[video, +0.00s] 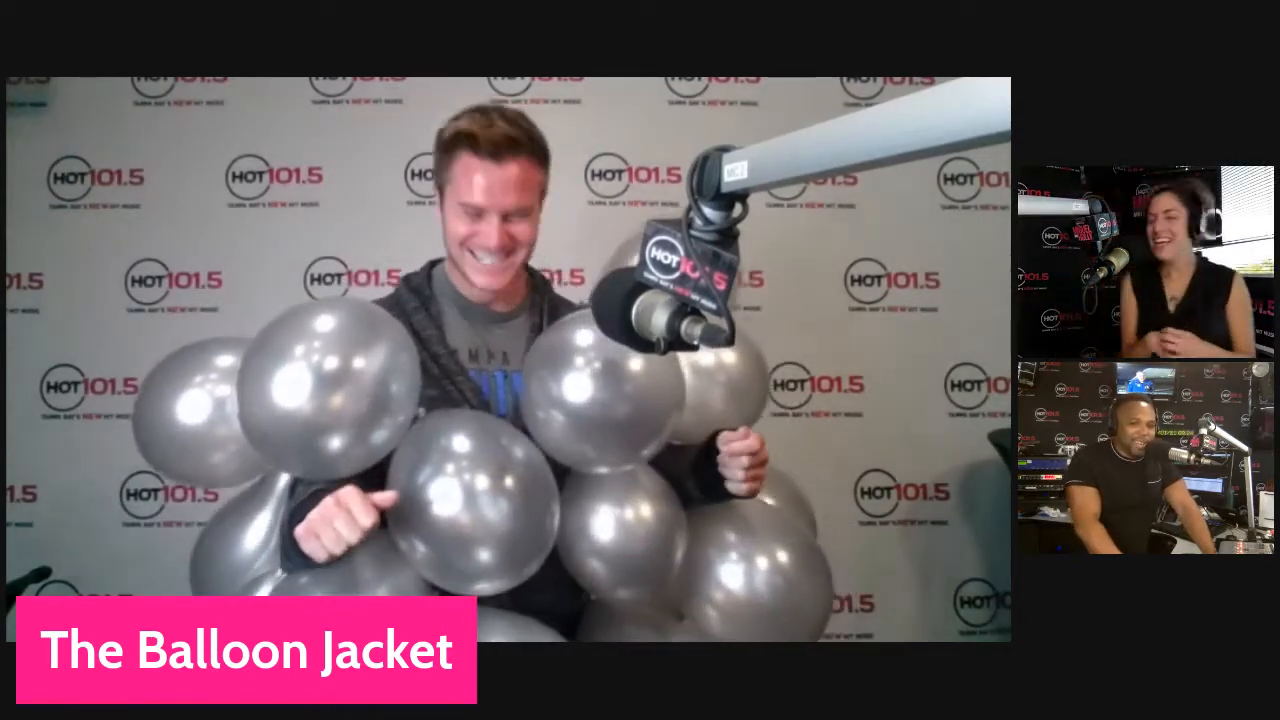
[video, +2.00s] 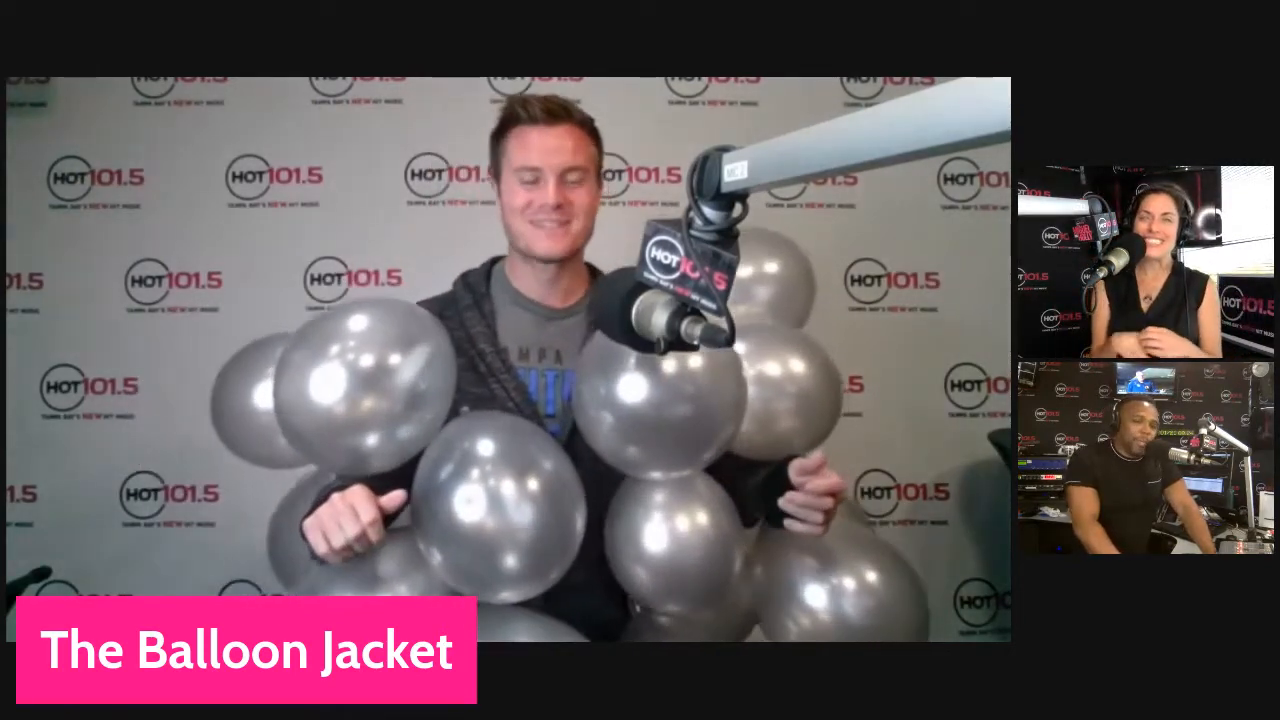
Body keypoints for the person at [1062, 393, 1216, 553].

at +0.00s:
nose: (1144, 432)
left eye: (1150, 425)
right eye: (1134, 424)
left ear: (1156, 427)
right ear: (1114, 426)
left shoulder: (1156, 457)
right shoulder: (1087, 460)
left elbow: (1186, 507)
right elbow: (1086, 524)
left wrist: (1210, 551)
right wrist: (1119, 559)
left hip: (1142, 555)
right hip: (1098, 555)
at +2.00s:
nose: (1146, 430)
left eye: (1152, 424)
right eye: (1137, 421)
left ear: (1157, 430)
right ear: (1117, 422)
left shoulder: (1157, 457)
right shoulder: (1086, 459)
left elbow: (1186, 508)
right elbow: (1085, 524)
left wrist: (1210, 552)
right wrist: (1117, 560)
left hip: (1142, 555)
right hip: (1096, 557)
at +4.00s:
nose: (1141, 432)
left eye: (1147, 424)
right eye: (1131, 424)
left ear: (1153, 428)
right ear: (1112, 427)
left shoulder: (1158, 458)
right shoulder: (1087, 460)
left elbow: (1187, 508)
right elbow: (1086, 524)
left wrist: (1211, 552)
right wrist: (1118, 561)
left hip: (1143, 557)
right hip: (1098, 557)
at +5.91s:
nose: (1136, 431)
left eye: (1144, 424)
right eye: (1127, 423)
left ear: (1153, 429)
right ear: (1111, 427)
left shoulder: (1158, 458)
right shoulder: (1088, 461)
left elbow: (1187, 509)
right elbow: (1086, 525)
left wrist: (1211, 553)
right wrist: (1120, 565)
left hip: (1143, 556)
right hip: (1099, 557)